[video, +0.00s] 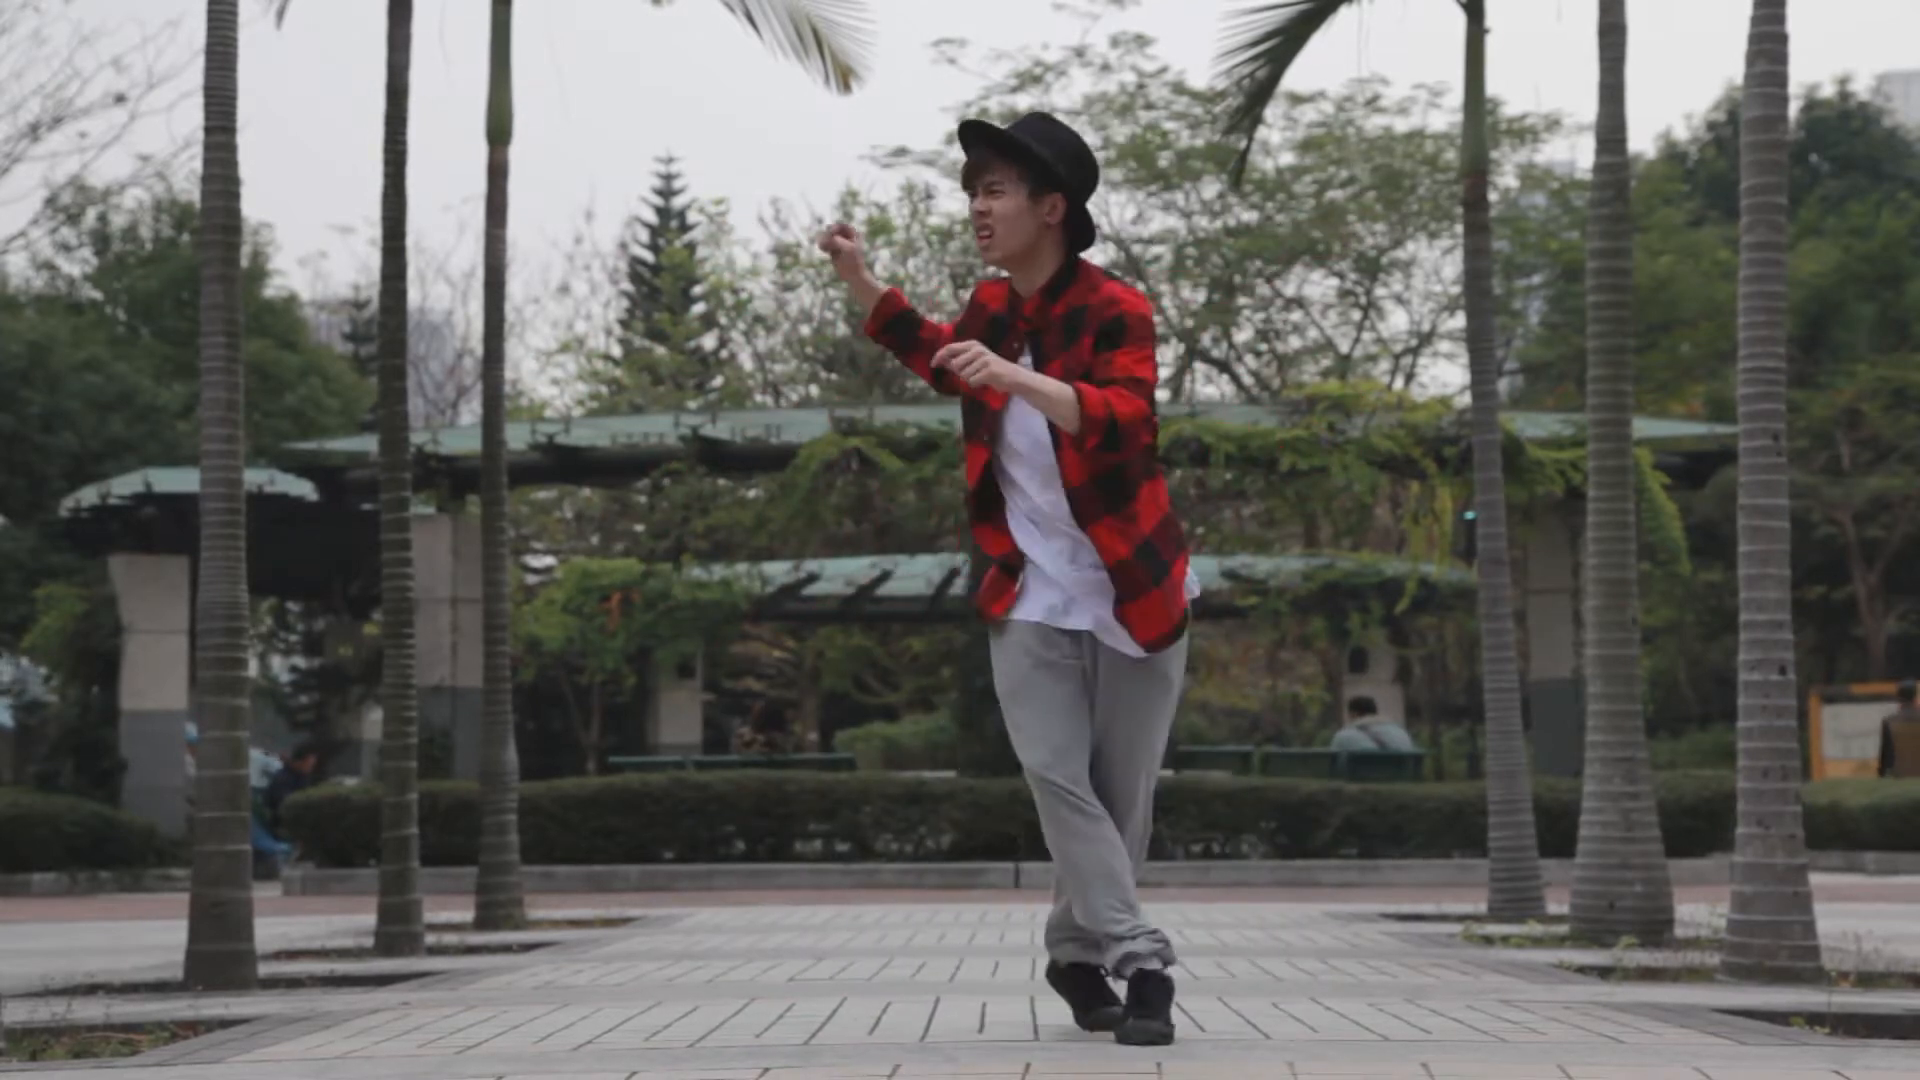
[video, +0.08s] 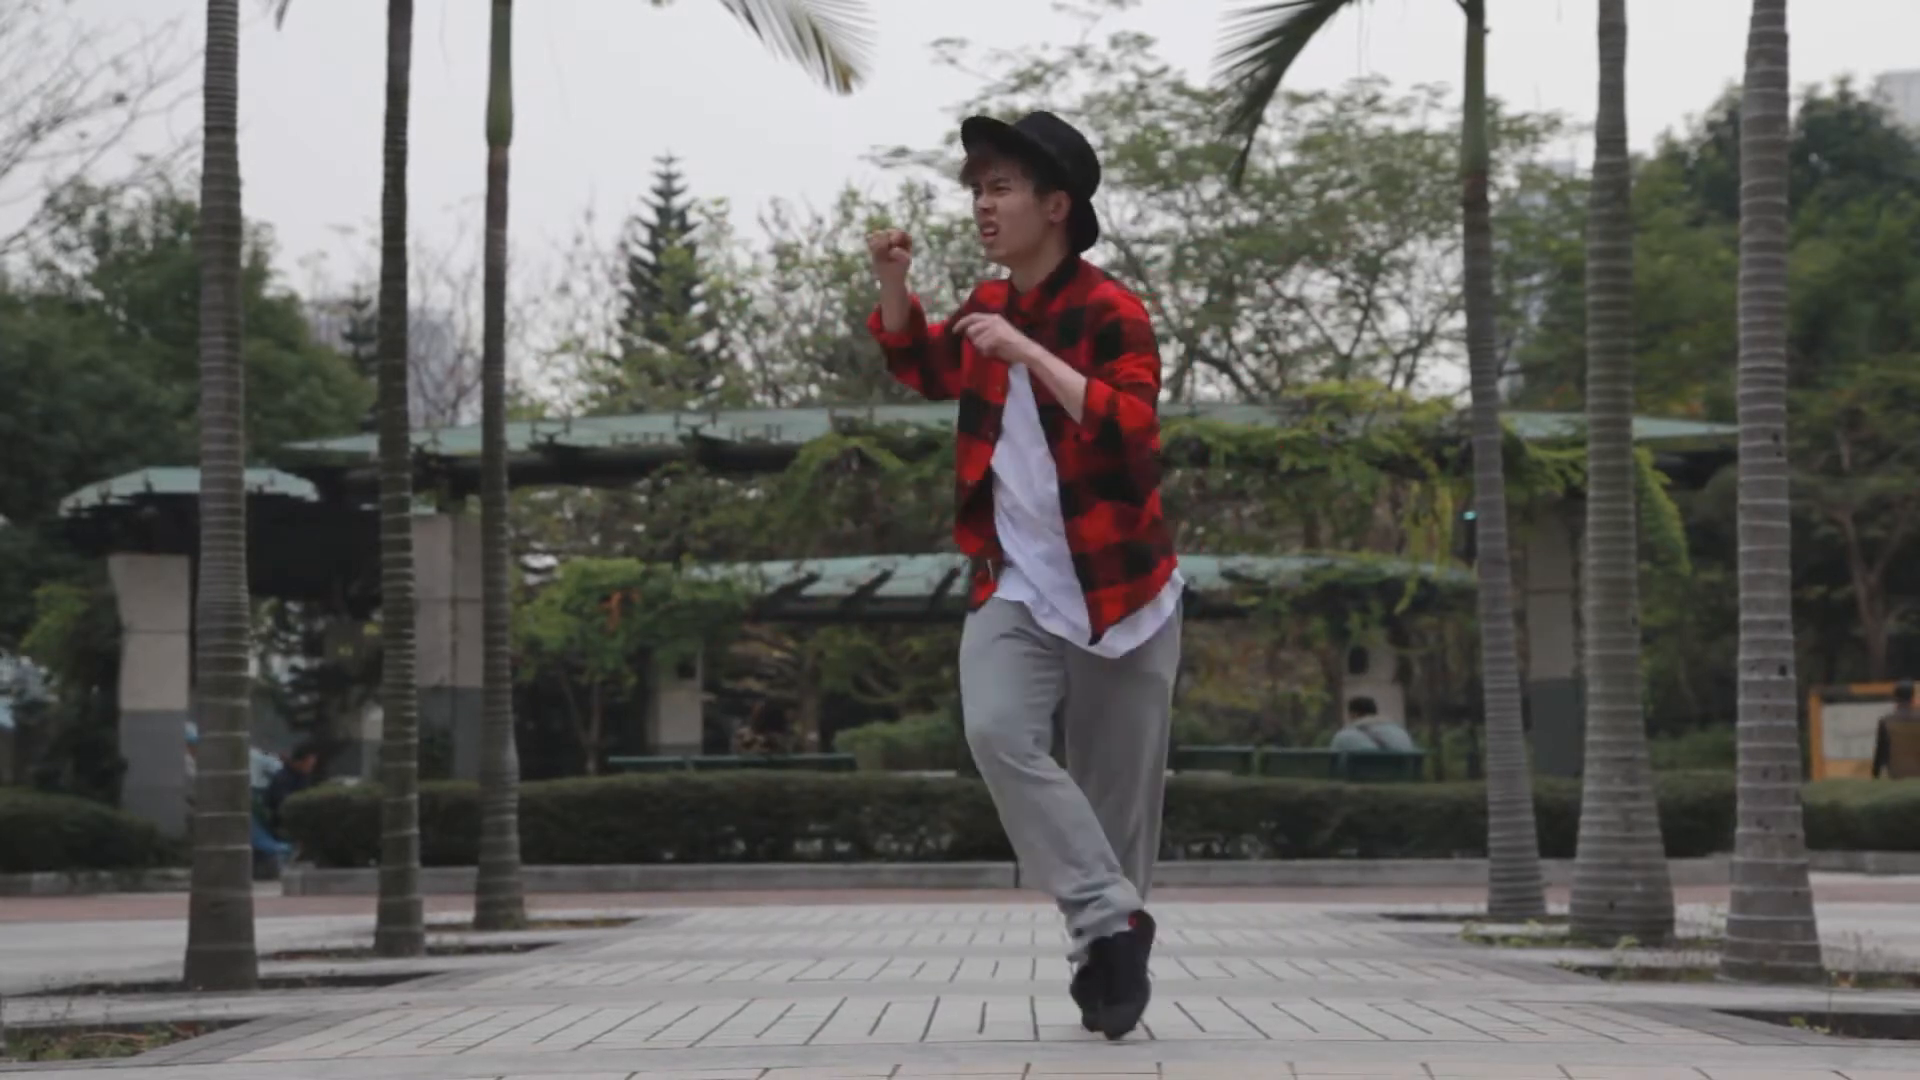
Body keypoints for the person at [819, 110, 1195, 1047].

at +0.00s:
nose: (977, 210)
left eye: (996, 193)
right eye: (974, 194)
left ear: (1054, 207)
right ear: (980, 205)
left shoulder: (1118, 310)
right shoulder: (989, 310)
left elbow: (1125, 418)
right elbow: (940, 359)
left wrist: (1014, 378)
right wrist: (865, 288)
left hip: (1136, 590)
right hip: (1031, 589)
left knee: (1124, 790)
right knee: (1054, 774)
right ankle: (1139, 955)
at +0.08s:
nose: (983, 207)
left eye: (1002, 190)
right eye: (978, 190)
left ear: (1060, 203)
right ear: (979, 204)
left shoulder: (1114, 313)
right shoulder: (983, 314)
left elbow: (1134, 429)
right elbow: (918, 361)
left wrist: (1028, 353)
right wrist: (895, 290)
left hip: (1122, 592)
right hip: (1017, 584)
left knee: (1119, 790)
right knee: (996, 731)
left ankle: (1108, 958)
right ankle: (1107, 918)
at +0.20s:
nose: (992, 190)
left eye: (1011, 172)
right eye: (981, 177)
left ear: (1066, 191)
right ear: (977, 197)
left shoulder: (1113, 286)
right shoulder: (954, 288)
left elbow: (1135, 320)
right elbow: (858, 282)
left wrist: (1052, 240)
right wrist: (877, 226)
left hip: (1099, 567)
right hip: (989, 558)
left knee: (1116, 781)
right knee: (959, 677)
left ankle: (1096, 958)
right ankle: (975, 897)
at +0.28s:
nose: (995, 178)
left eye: (1012, 159)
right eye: (979, 172)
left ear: (1069, 173)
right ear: (976, 198)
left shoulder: (1123, 280)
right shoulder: (948, 271)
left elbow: (1144, 283)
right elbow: (838, 254)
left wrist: (1065, 219)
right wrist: (838, 207)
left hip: (1079, 556)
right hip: (966, 547)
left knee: (1148, 749)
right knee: (946, 720)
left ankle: (1100, 952)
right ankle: (855, 942)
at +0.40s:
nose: (1016, 218)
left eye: (1034, 196)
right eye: (998, 211)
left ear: (1087, 210)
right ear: (981, 231)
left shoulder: (1136, 328)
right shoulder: (952, 300)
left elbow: (1131, 349)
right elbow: (850, 292)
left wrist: (1046, 271)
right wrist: (787, 236)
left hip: (1038, 612)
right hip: (932, 600)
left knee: (1137, 761)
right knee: (878, 785)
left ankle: (1123, 983)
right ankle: (794, 990)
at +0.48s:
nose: (1032, 206)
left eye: (1049, 188)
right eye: (1010, 200)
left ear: (1091, 210)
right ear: (991, 234)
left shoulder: (1127, 324)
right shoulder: (948, 305)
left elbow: (1135, 388)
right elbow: (834, 321)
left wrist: (1045, 314)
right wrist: (786, 276)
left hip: (1050, 614)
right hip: (932, 602)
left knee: (1147, 759)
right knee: (860, 782)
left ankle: (1126, 975)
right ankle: (794, 983)